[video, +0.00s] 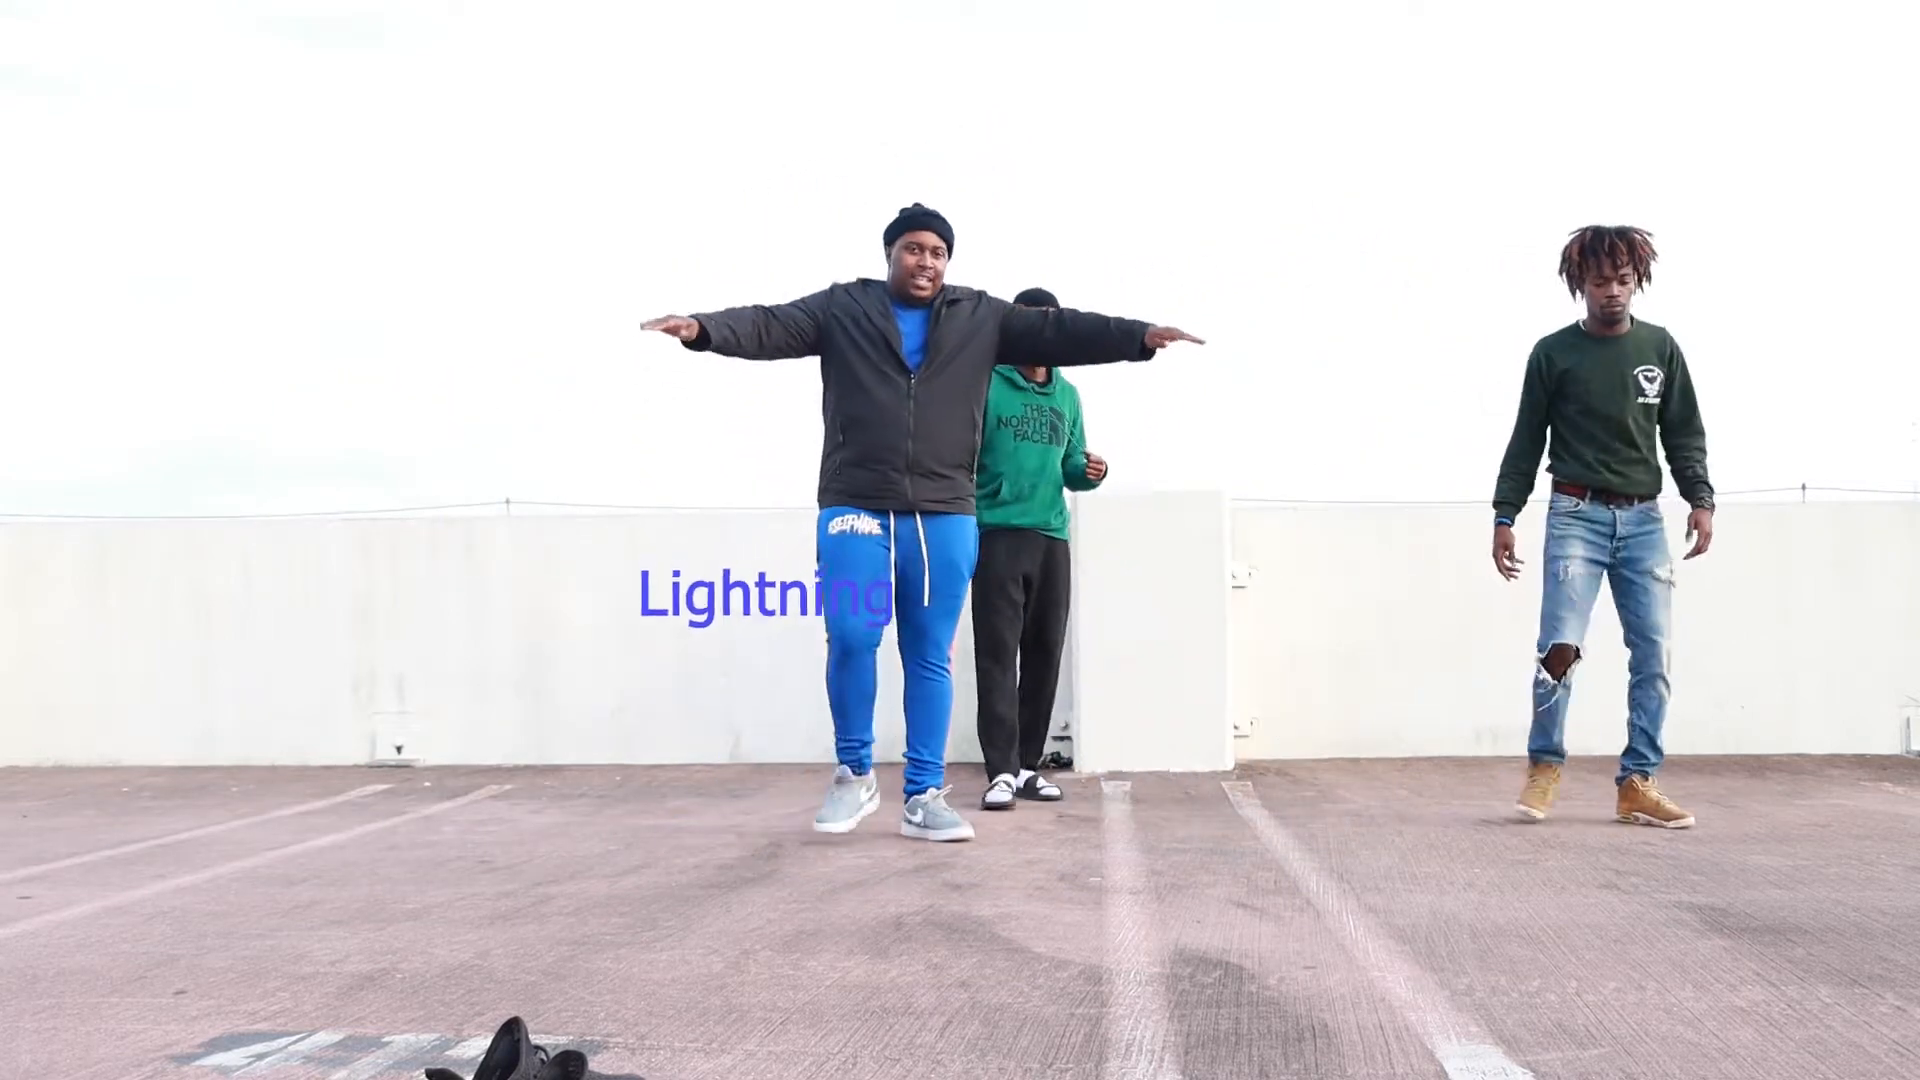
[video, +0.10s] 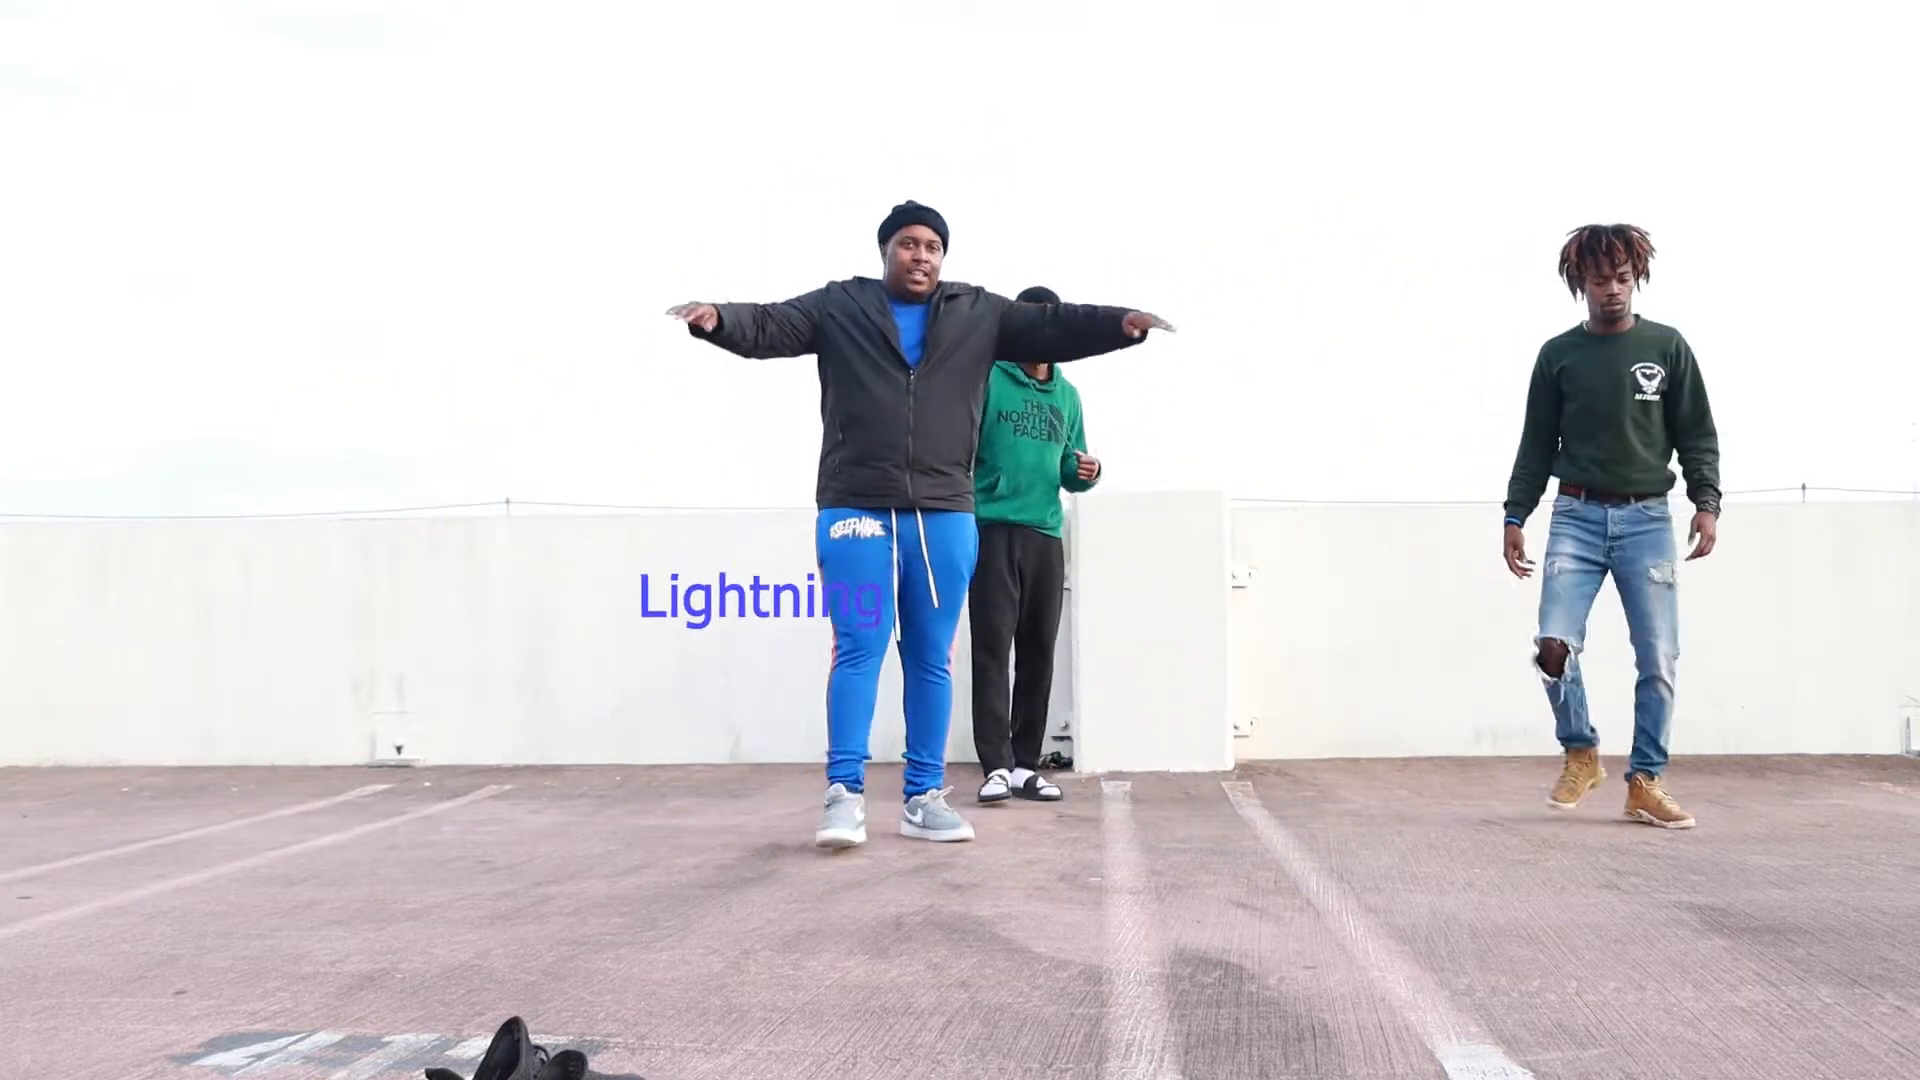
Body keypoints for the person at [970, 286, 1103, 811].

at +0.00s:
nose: (1044, 342)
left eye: (1051, 334)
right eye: (1036, 333)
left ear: (1057, 338)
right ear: (1016, 334)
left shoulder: (1067, 394)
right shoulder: (986, 384)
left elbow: (1070, 471)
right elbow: (963, 457)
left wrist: (1090, 472)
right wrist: (964, 523)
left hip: (1051, 537)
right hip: (997, 534)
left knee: (1044, 655)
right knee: (998, 654)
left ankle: (1029, 766)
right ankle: (1000, 771)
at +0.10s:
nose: (1042, 338)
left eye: (1050, 329)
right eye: (1035, 327)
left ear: (1059, 335)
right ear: (1016, 330)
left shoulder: (1067, 394)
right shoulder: (987, 378)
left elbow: (1069, 471)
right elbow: (962, 449)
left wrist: (1086, 472)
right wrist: (956, 510)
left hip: (1045, 532)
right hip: (990, 528)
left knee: (1038, 652)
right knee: (992, 649)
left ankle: (1026, 765)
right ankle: (995, 768)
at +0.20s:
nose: (1039, 334)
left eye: (1048, 325)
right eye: (1031, 324)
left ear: (1060, 333)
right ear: (1013, 330)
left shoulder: (1066, 397)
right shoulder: (985, 378)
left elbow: (1071, 474)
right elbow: (956, 446)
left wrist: (1082, 478)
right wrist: (953, 512)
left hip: (1038, 533)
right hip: (983, 528)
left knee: (1032, 654)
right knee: (985, 651)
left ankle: (1024, 766)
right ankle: (989, 766)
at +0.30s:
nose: (1037, 343)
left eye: (1044, 334)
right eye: (1028, 334)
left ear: (1054, 340)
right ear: (1011, 338)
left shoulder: (1062, 403)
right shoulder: (981, 380)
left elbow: (1069, 472)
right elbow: (950, 438)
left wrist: (1076, 499)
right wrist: (948, 502)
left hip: (1030, 537)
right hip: (975, 531)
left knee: (1026, 653)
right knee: (971, 652)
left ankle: (1021, 767)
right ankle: (976, 766)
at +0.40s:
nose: (1024, 344)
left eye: (1032, 335)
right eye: (1015, 336)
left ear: (1042, 342)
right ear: (1000, 342)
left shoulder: (1056, 403)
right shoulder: (971, 382)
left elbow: (1064, 476)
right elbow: (943, 447)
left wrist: (1076, 541)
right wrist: (940, 518)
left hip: (1024, 538)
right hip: (968, 531)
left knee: (1021, 655)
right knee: (953, 651)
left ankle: (1019, 767)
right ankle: (948, 764)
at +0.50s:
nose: (1007, 338)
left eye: (1015, 330)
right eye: (999, 330)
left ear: (1025, 337)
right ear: (984, 337)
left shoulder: (1046, 400)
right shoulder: (957, 382)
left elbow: (1057, 482)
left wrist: (1065, 557)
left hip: (1017, 542)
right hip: (960, 533)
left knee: (1019, 659)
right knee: (927, 650)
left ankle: (1019, 767)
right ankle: (917, 766)